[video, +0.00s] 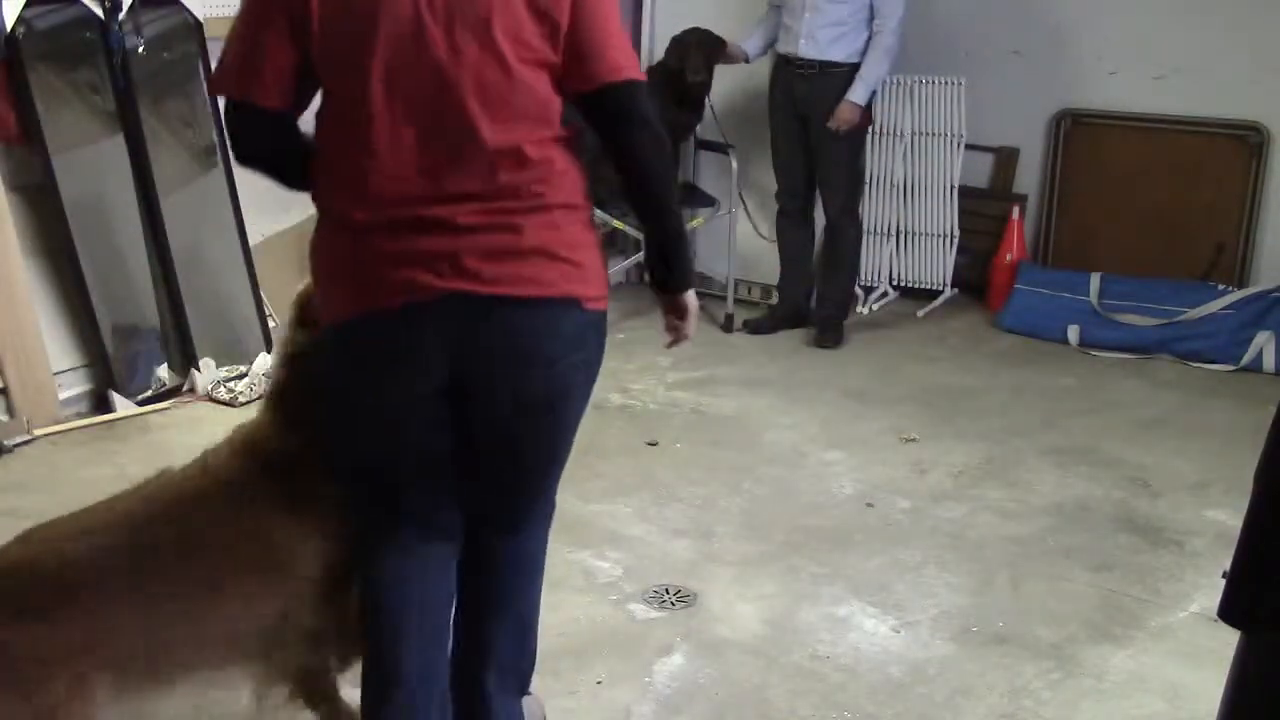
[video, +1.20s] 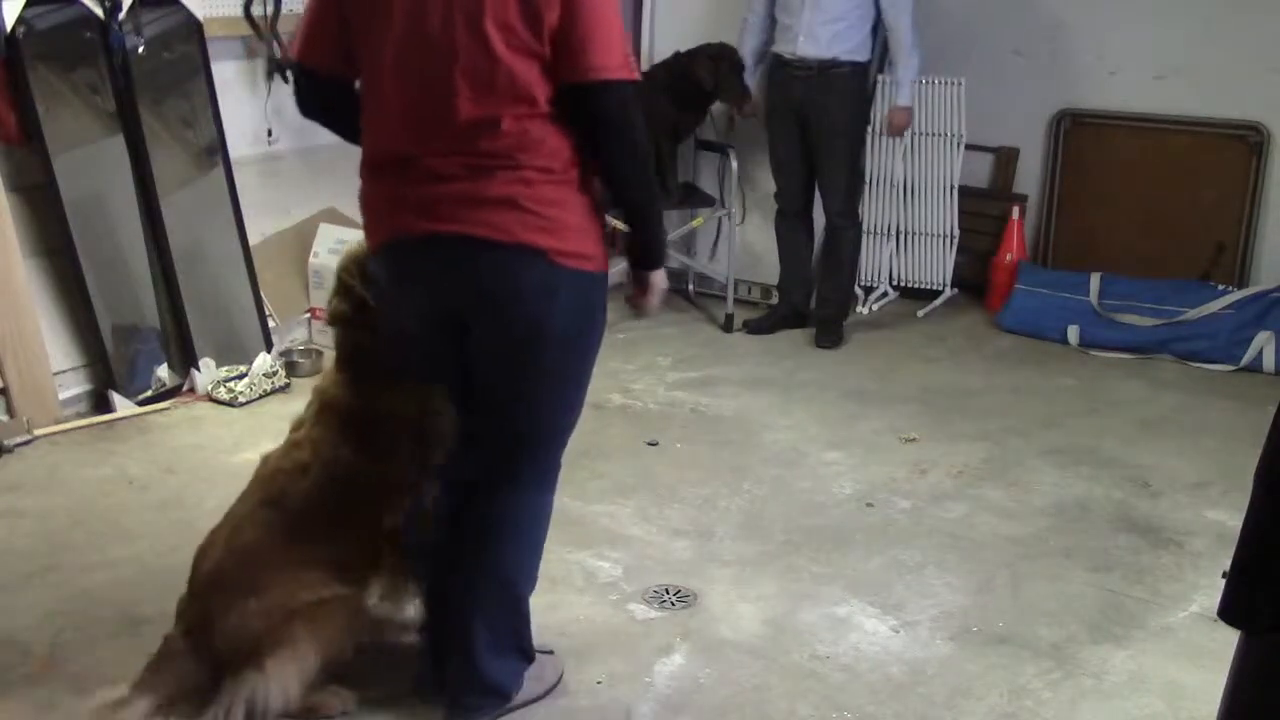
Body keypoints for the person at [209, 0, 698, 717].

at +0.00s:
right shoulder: (558, 1)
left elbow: (252, 124)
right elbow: (626, 110)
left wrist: (350, 176)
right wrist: (672, 265)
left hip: (376, 303)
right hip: (541, 298)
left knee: (407, 531)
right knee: (514, 527)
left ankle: (406, 709)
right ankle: (495, 705)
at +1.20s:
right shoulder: (566, 1)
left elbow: (316, 88)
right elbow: (603, 101)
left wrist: (409, 135)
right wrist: (649, 245)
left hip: (407, 241)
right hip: (534, 244)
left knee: (437, 459)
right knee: (516, 471)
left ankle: (450, 651)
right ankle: (489, 676)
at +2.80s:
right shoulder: (913, 3)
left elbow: (764, 46)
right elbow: (925, 69)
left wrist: (824, 81)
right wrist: (970, 172)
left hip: (802, 152)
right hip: (880, 163)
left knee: (840, 302)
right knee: (873, 315)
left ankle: (852, 424)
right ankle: (778, 450)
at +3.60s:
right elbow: (1056, 61)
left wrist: (1095, 135)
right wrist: (1099, 156)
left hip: (1061, 144)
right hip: (1031, 143)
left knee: (1066, 281)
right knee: (1046, 284)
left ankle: (1060, 404)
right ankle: (1000, 420)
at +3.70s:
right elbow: (1053, 55)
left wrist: (1108, 151)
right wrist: (1092, 159)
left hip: (1075, 154)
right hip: (1051, 151)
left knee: (1079, 284)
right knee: (1066, 287)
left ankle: (1061, 404)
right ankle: (1000, 418)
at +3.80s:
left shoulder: (1130, 8)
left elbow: (1107, 64)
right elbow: (1049, 49)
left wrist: (1120, 152)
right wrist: (1067, 158)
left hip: (1098, 152)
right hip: (1064, 154)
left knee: (1083, 279)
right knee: (1102, 278)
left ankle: (1064, 403)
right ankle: (1012, 405)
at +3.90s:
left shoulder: (1161, 7)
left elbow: (1132, 66)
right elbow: (1045, 48)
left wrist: (1135, 150)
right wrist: (1042, 154)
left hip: (1126, 148)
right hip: (1078, 146)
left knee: (1104, 274)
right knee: (1115, 275)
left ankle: (1067, 396)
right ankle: (1047, 408)